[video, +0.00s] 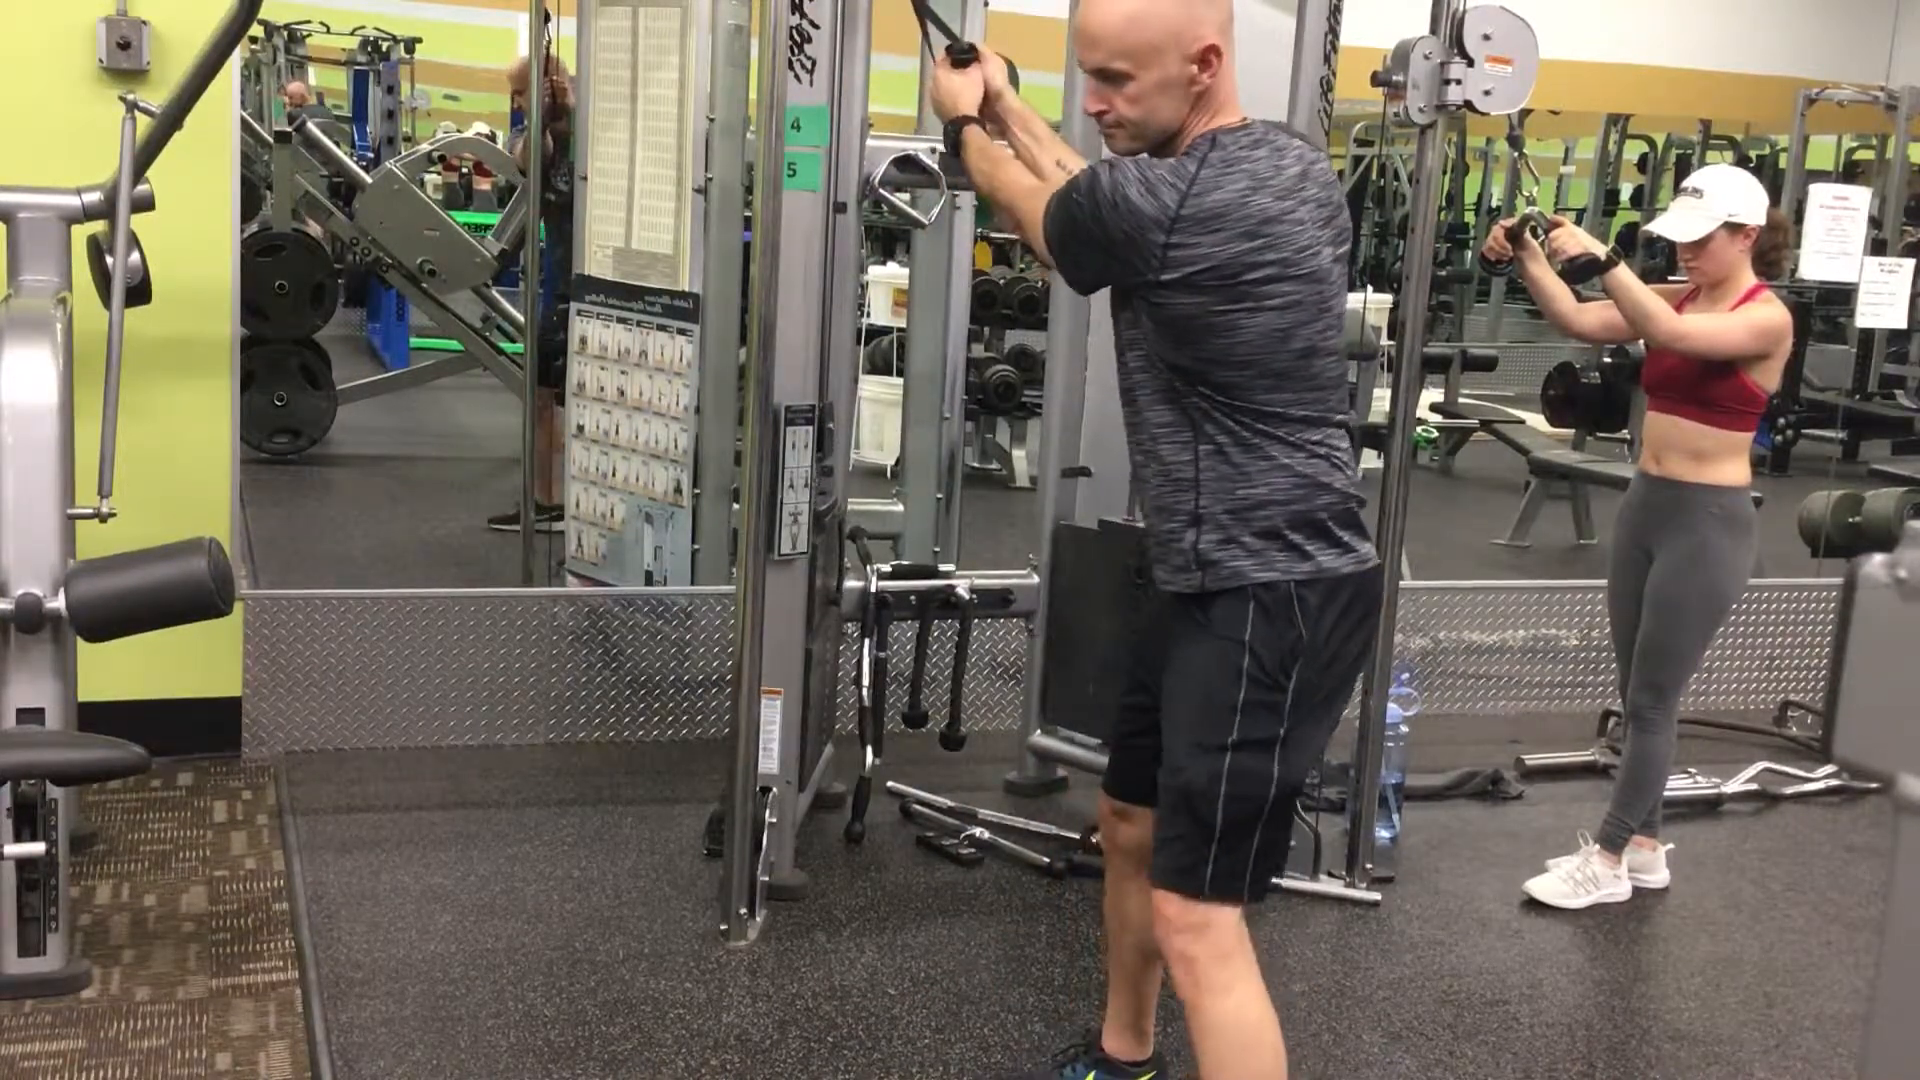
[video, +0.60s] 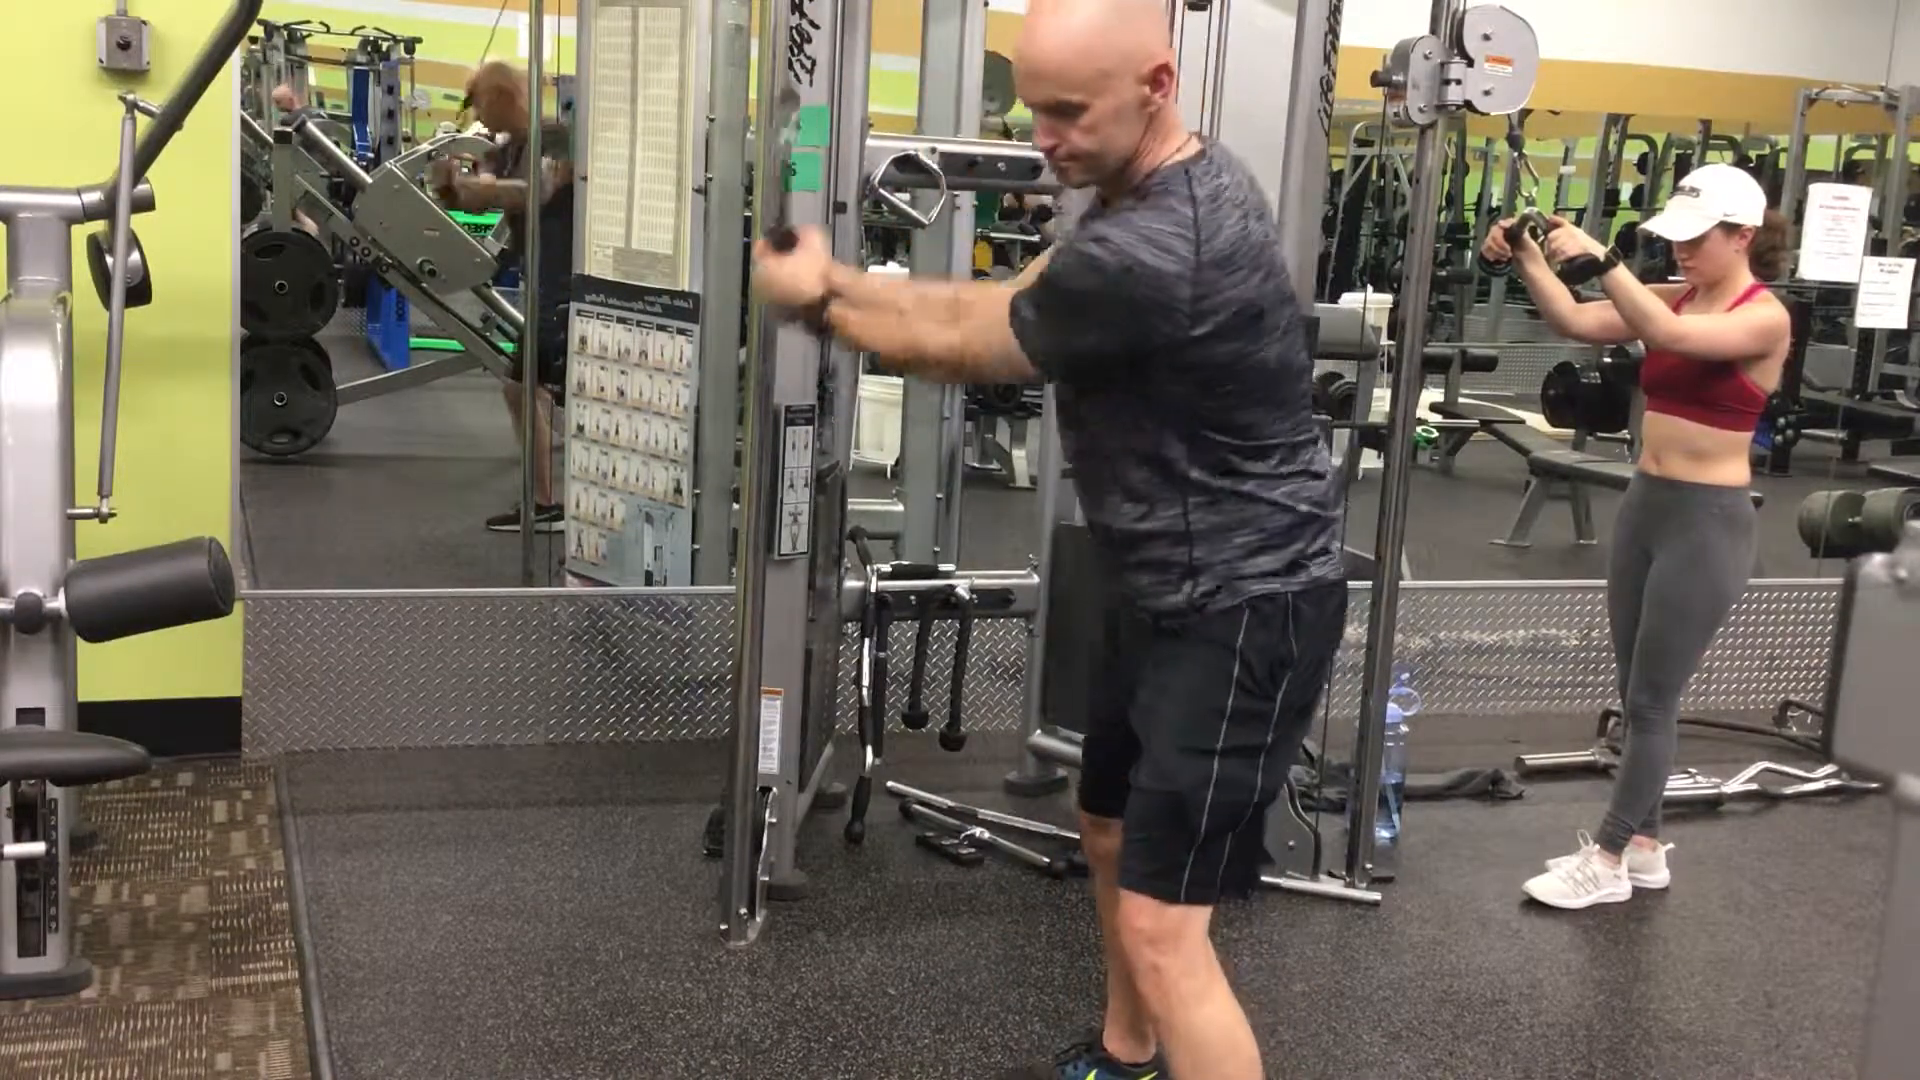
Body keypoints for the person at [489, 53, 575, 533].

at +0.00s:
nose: (514, 102)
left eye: (519, 93)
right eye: (514, 94)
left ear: (539, 89)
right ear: (552, 84)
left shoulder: (547, 131)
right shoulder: (572, 124)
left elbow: (526, 168)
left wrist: (487, 142)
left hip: (557, 278)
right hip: (568, 274)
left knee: (543, 397)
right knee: (549, 397)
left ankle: (547, 499)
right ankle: (548, 498)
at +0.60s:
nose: (477, 114)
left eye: (481, 102)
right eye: (474, 104)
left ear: (506, 96)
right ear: (496, 101)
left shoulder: (555, 139)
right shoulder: (503, 151)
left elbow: (538, 194)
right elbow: (483, 197)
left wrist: (483, 189)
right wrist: (452, 187)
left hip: (562, 280)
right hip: (533, 279)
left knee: (522, 385)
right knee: (525, 387)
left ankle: (546, 497)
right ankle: (545, 494)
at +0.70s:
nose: (471, 117)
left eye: (474, 106)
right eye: (469, 108)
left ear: (499, 100)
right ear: (499, 101)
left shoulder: (551, 140)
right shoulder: (499, 157)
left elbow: (515, 206)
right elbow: (476, 210)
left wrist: (435, 203)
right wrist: (430, 204)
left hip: (564, 288)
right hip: (542, 286)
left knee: (517, 389)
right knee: (547, 392)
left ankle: (543, 499)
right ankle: (554, 496)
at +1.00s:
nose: (456, 123)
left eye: (457, 115)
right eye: (456, 115)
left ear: (471, 113)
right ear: (493, 109)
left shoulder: (502, 155)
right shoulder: (521, 150)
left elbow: (473, 241)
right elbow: (485, 246)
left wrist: (413, 272)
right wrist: (423, 272)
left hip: (559, 292)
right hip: (566, 287)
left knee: (522, 386)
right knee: (518, 382)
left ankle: (544, 500)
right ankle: (545, 497)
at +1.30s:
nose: (450, 156)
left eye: (452, 147)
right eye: (450, 148)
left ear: (463, 144)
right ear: (493, 139)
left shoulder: (474, 184)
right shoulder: (530, 170)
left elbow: (456, 283)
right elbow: (509, 265)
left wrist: (434, 318)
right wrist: (457, 310)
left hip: (556, 295)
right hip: (591, 283)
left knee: (541, 409)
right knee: (523, 380)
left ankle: (544, 503)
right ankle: (545, 497)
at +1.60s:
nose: (466, 192)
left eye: (466, 184)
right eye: (465, 184)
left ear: (475, 183)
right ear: (506, 173)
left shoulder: (472, 226)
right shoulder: (552, 206)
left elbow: (476, 305)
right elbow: (577, 260)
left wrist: (485, 357)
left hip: (535, 320)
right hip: (581, 312)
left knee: (542, 427)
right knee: (554, 421)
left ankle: (561, 507)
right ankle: (541, 502)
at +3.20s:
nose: (449, 166)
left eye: (450, 156)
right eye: (448, 157)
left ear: (463, 153)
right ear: (495, 150)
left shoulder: (474, 196)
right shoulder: (529, 183)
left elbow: (452, 295)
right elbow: (505, 270)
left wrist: (421, 328)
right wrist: (464, 309)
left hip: (557, 309)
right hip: (588, 301)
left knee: (544, 411)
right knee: (523, 385)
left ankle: (546, 506)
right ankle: (544, 501)